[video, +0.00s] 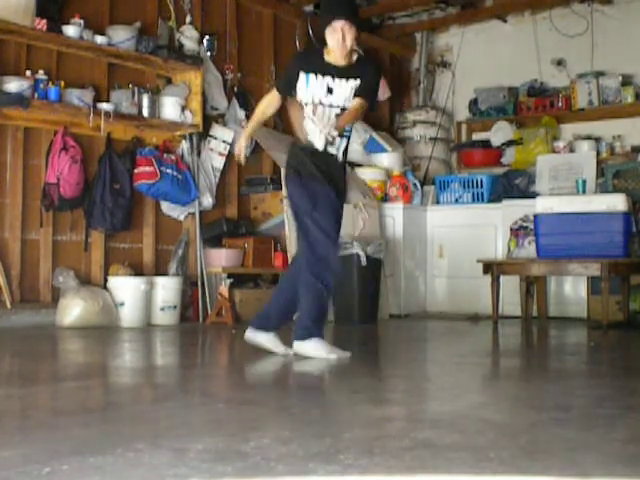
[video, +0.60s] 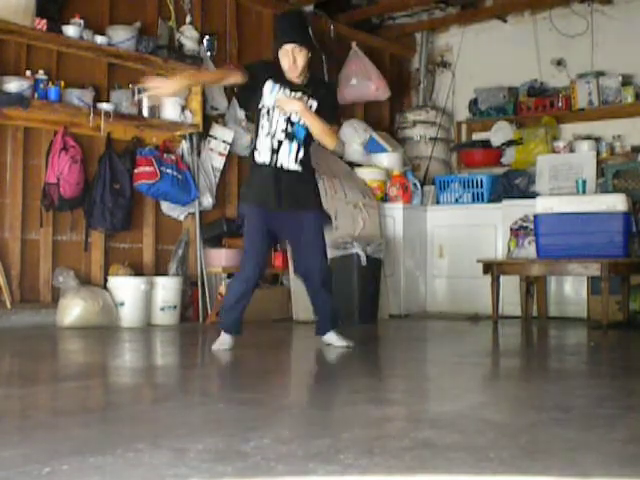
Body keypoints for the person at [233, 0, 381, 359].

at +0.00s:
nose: (345, 34)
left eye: (349, 27)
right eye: (338, 28)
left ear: (357, 32)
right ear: (325, 32)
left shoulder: (366, 68)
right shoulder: (304, 62)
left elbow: (360, 105)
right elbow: (275, 96)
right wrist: (248, 130)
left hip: (335, 169)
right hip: (304, 164)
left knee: (316, 249)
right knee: (322, 246)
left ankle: (263, 326)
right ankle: (307, 336)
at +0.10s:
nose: (336, 29)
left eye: (342, 22)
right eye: (328, 22)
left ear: (351, 25)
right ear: (317, 26)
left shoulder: (362, 65)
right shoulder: (298, 56)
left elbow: (367, 119)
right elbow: (272, 103)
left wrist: (368, 164)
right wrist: (256, 145)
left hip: (332, 174)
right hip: (294, 165)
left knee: (324, 254)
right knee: (296, 243)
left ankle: (285, 322)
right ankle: (287, 328)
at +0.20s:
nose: (331, 38)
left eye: (336, 31)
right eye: (324, 31)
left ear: (343, 37)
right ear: (311, 35)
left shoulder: (357, 79)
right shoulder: (290, 68)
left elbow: (379, 122)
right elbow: (261, 113)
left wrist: (398, 163)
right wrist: (291, 123)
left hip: (329, 182)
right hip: (288, 178)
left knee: (327, 259)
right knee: (287, 244)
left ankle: (325, 333)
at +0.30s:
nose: (322, 39)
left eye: (328, 32)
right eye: (315, 32)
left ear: (336, 36)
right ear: (302, 35)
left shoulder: (350, 73)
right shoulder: (285, 65)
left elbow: (379, 101)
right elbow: (264, 109)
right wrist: (308, 97)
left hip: (321, 185)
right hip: (280, 182)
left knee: (323, 262)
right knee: (261, 242)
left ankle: (324, 333)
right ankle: (250, 278)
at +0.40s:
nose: (306, 35)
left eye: (313, 28)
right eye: (300, 28)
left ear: (323, 29)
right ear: (292, 28)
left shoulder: (338, 61)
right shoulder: (282, 48)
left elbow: (376, 91)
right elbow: (273, 80)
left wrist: (355, 107)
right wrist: (319, 86)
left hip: (308, 175)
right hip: (268, 170)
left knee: (318, 254)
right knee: (246, 240)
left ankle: (330, 324)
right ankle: (258, 292)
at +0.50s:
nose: (299, 46)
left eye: (305, 37)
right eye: (292, 37)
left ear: (315, 37)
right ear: (281, 38)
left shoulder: (328, 72)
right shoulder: (270, 64)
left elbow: (358, 118)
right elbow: (253, 101)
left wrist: (317, 107)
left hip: (302, 180)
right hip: (262, 179)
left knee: (317, 255)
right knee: (246, 255)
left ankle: (335, 321)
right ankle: (234, 324)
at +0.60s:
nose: (294, 60)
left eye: (300, 53)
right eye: (287, 53)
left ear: (311, 53)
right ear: (278, 52)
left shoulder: (322, 89)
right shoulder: (265, 73)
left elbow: (332, 142)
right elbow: (223, 77)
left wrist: (302, 111)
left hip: (301, 192)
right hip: (260, 190)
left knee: (316, 267)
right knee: (253, 265)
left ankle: (327, 331)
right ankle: (227, 332)